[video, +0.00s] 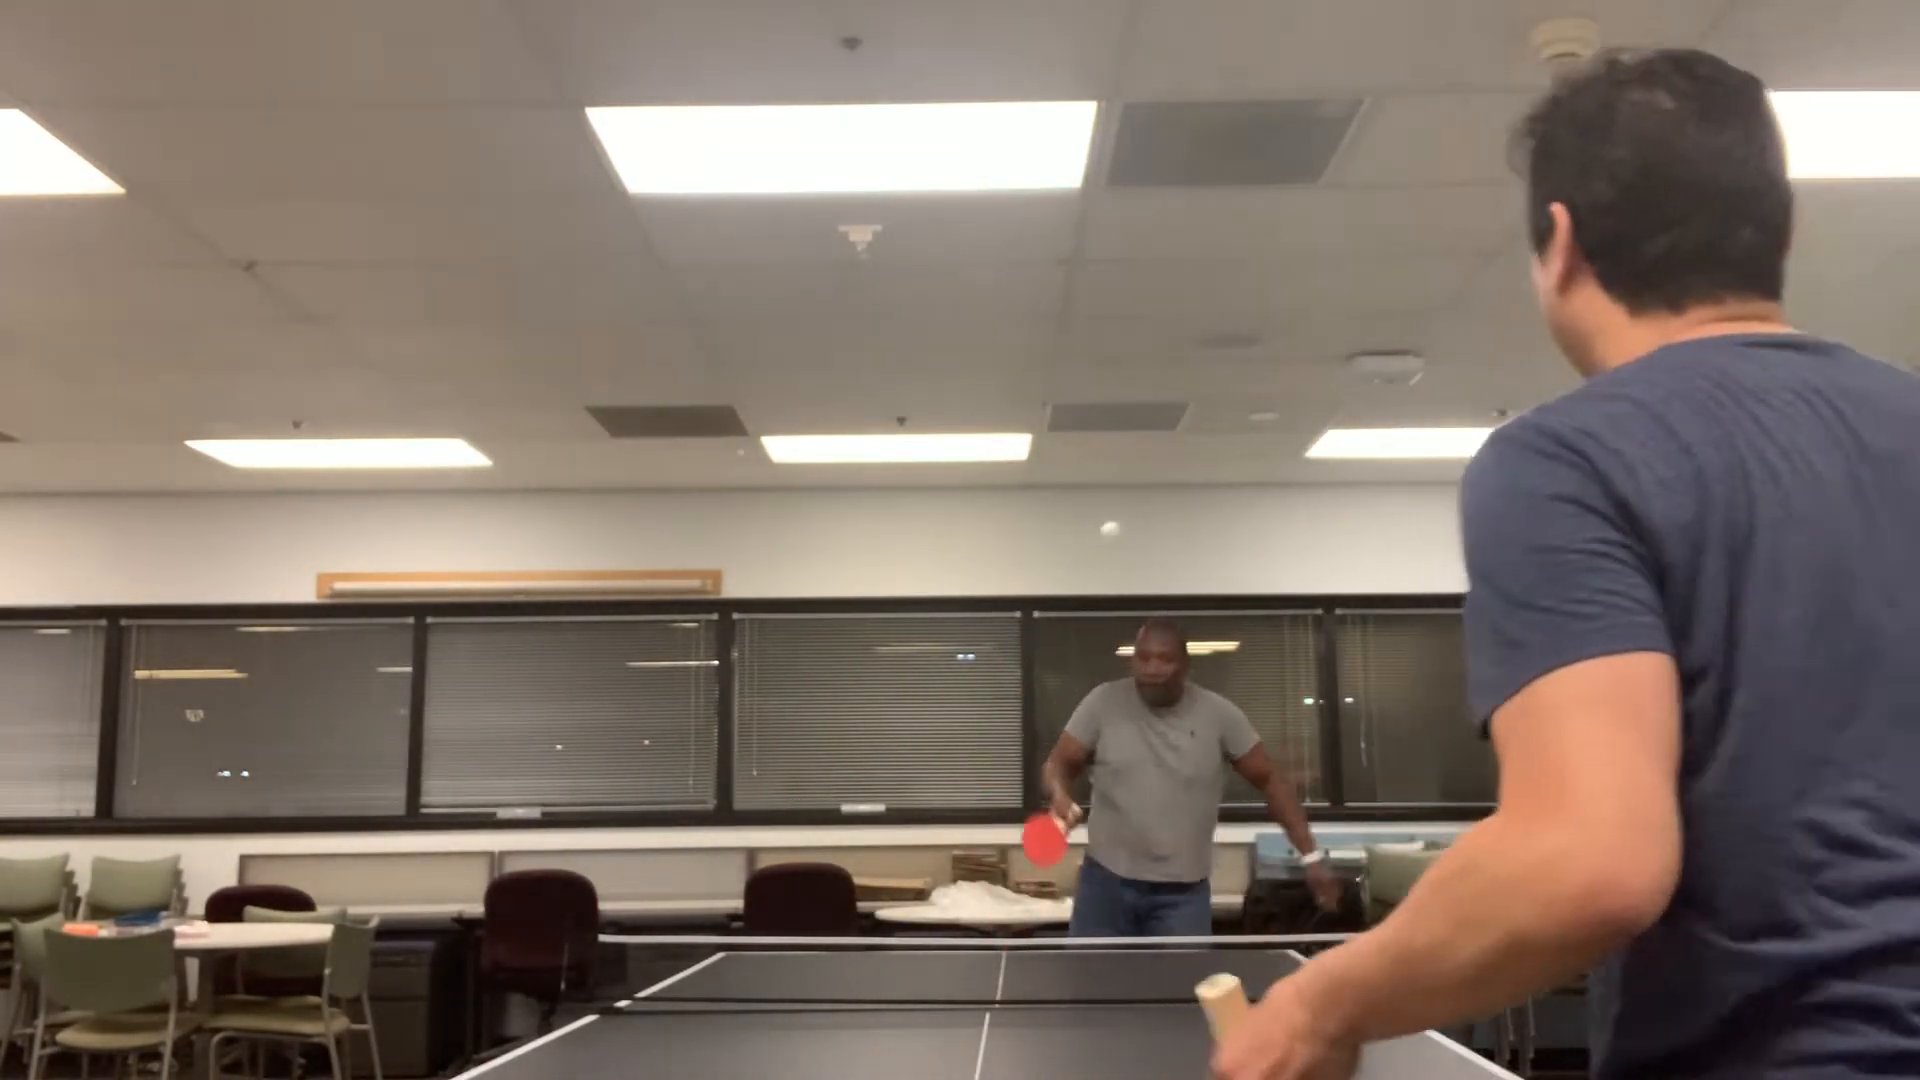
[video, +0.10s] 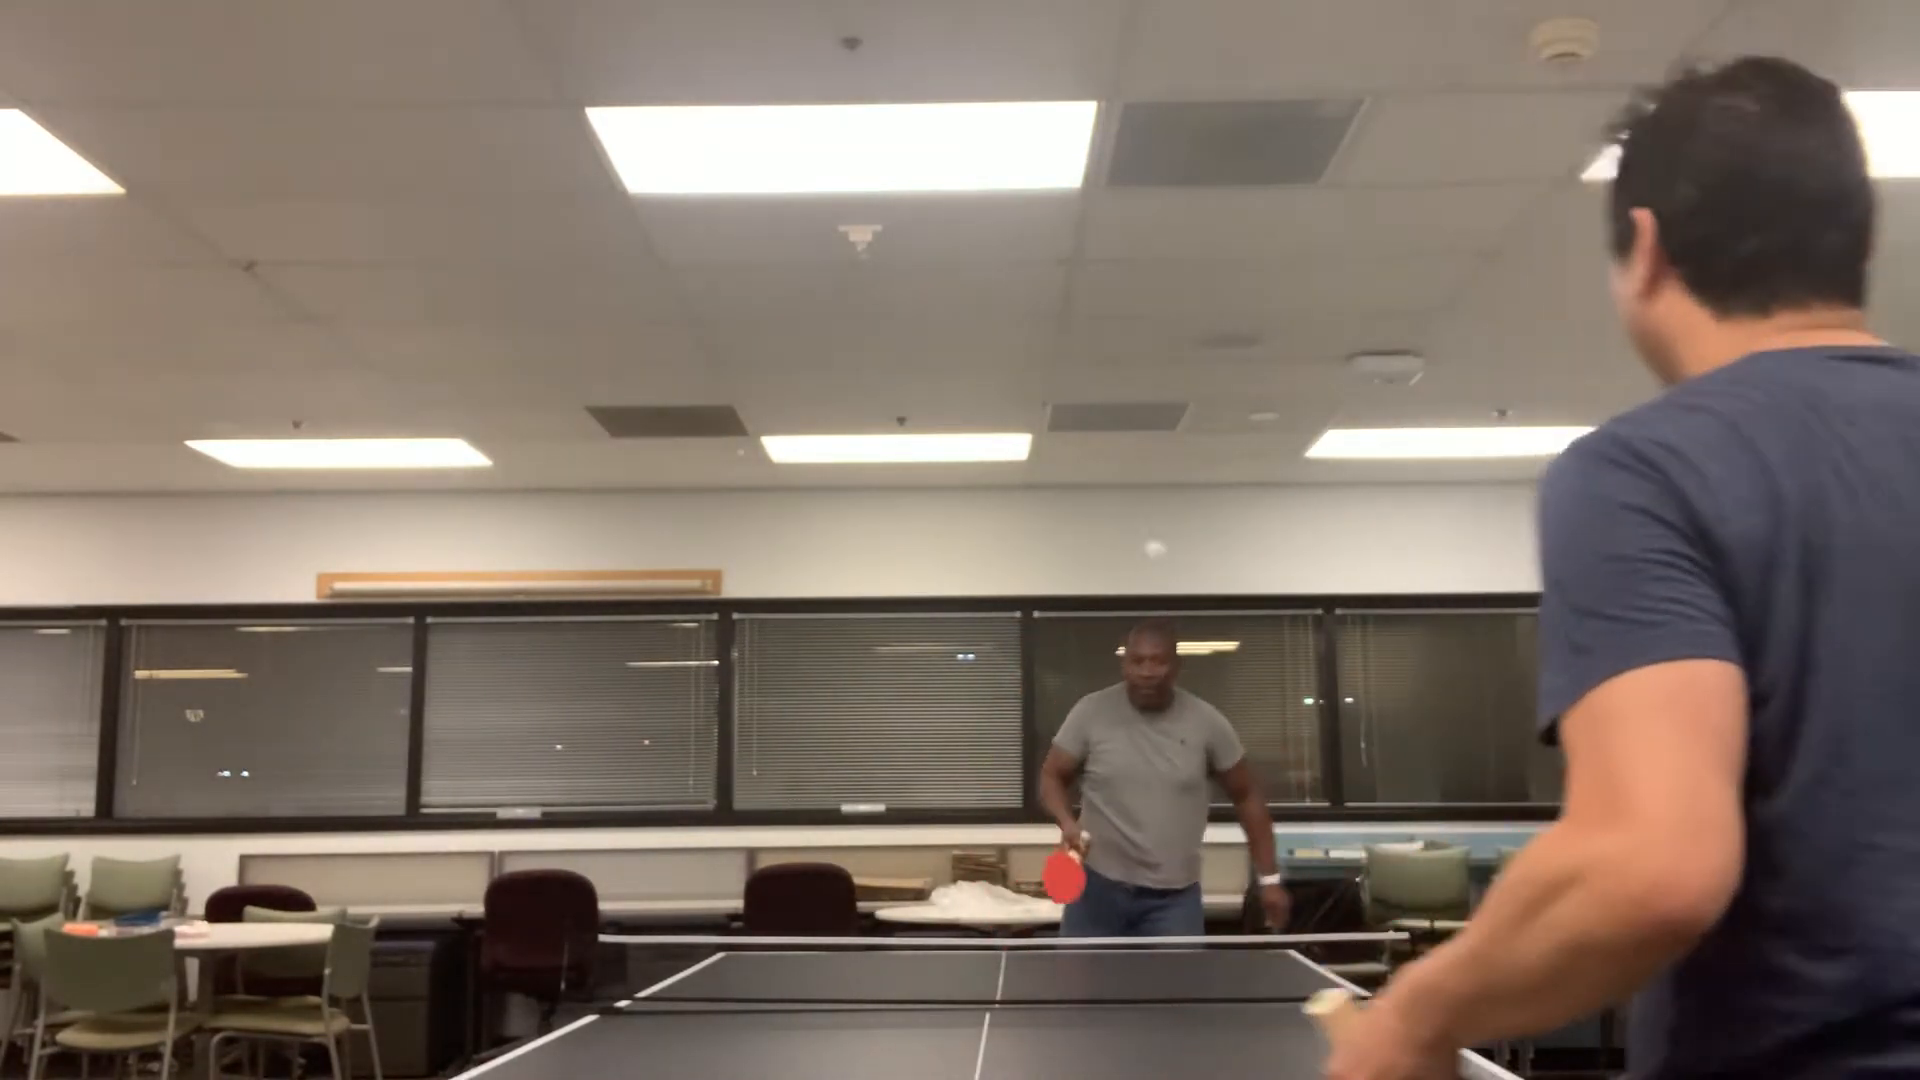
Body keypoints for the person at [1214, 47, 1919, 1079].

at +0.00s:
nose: (1533, 286)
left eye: (1528, 249)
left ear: (1562, 239)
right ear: (1775, 230)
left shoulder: (1571, 452)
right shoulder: (1902, 410)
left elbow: (1594, 859)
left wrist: (1323, 1000)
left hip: (1738, 1046)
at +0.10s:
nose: (1619, 292)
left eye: (1614, 255)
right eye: (1613, 259)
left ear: (1648, 247)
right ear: (1856, 235)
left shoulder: (1650, 466)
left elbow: (1657, 863)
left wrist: (1415, 1015)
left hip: (1771, 1045)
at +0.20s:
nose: (1726, 303)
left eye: (1722, 265)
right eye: (1721, 269)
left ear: (1760, 255)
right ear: (1913, 239)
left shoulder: (1741, 489)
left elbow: (1724, 886)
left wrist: (1544, 1016)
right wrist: (1557, 1011)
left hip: (1832, 1049)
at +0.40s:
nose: (1841, 353)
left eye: (1839, 319)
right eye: (1837, 321)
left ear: (1874, 301)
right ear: (1882, 296)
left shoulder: (1801, 535)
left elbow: (1694, 924)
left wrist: (1630, 913)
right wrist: (1650, 905)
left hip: (1888, 1045)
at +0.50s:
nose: (1834, 382)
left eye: (1831, 352)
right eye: (1829, 354)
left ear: (1864, 338)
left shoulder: (1789, 548)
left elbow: (1673, 899)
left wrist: (1626, 843)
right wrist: (1652, 841)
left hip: (1888, 1048)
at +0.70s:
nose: (1752, 435)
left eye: (1750, 410)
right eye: (1748, 412)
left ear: (1778, 408)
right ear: (1914, 387)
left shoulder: (1697, 594)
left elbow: (1613, 858)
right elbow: (1613, 857)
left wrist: (1593, 752)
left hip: (1809, 1050)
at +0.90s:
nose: (1665, 424)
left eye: (1660, 401)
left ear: (1682, 400)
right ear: (1847, 393)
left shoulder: (1605, 564)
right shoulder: (1911, 513)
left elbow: (1547, 754)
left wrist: (1514, 659)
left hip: (1705, 1043)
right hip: (1901, 1030)